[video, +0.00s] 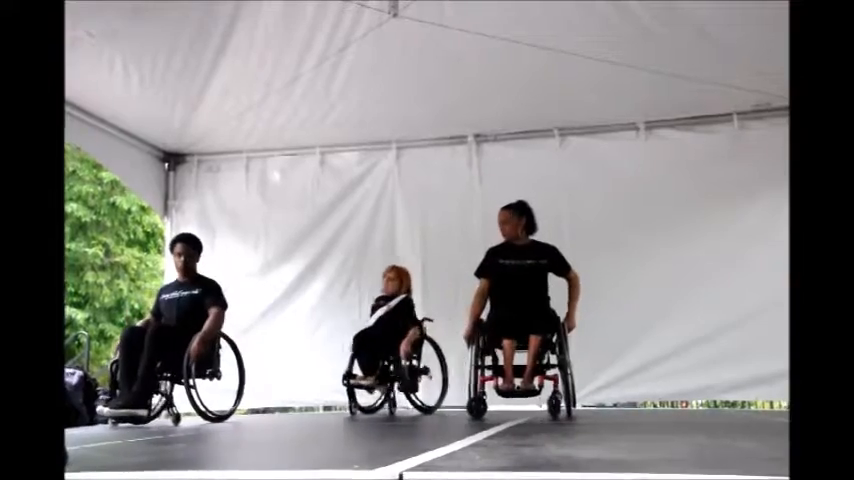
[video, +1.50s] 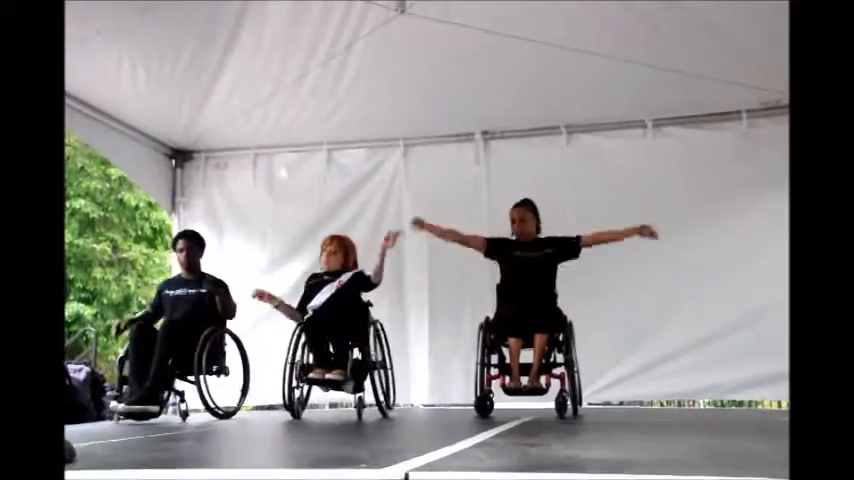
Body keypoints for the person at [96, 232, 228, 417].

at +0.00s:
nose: (183, 260)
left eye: (189, 255)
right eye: (179, 255)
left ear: (198, 257)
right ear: (173, 258)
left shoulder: (208, 286)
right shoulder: (165, 291)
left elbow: (217, 315)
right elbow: (153, 319)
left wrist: (201, 340)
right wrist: (130, 337)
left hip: (194, 350)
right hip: (167, 348)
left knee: (156, 333)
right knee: (131, 333)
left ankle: (140, 400)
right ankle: (125, 398)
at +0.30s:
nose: (185, 260)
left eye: (191, 255)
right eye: (181, 255)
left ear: (199, 257)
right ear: (174, 258)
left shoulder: (209, 287)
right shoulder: (165, 290)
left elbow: (218, 316)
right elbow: (151, 319)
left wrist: (203, 343)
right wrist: (125, 340)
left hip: (194, 350)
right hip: (167, 348)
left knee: (159, 333)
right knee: (133, 333)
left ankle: (143, 398)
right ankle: (127, 397)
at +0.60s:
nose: (188, 259)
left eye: (193, 254)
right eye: (184, 254)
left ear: (202, 257)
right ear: (177, 257)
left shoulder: (212, 287)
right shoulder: (166, 290)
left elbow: (221, 316)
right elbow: (139, 317)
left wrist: (206, 341)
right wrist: (110, 347)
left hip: (201, 353)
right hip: (173, 352)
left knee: (163, 330)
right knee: (135, 333)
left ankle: (145, 399)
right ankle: (130, 398)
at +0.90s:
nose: (184, 257)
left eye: (189, 252)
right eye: (180, 252)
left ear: (199, 255)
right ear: (175, 255)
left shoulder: (211, 285)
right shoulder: (167, 287)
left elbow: (218, 314)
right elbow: (147, 301)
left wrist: (203, 339)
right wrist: (136, 306)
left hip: (199, 349)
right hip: (171, 347)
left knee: (162, 329)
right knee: (136, 331)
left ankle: (144, 397)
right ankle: (130, 394)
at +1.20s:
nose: (181, 254)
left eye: (185, 249)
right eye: (176, 250)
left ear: (196, 251)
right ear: (171, 254)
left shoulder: (211, 283)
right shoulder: (165, 285)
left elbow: (226, 312)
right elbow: (141, 305)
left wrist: (212, 335)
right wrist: (147, 267)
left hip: (202, 350)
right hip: (173, 348)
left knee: (167, 326)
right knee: (140, 328)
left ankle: (149, 393)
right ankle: (134, 393)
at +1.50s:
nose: (185, 256)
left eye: (190, 250)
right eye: (180, 251)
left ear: (200, 253)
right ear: (175, 255)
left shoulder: (214, 285)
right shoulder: (167, 287)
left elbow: (229, 314)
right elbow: (153, 313)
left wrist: (219, 292)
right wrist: (128, 322)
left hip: (205, 350)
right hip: (174, 348)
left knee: (169, 327)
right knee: (141, 329)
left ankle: (151, 397)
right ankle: (136, 397)